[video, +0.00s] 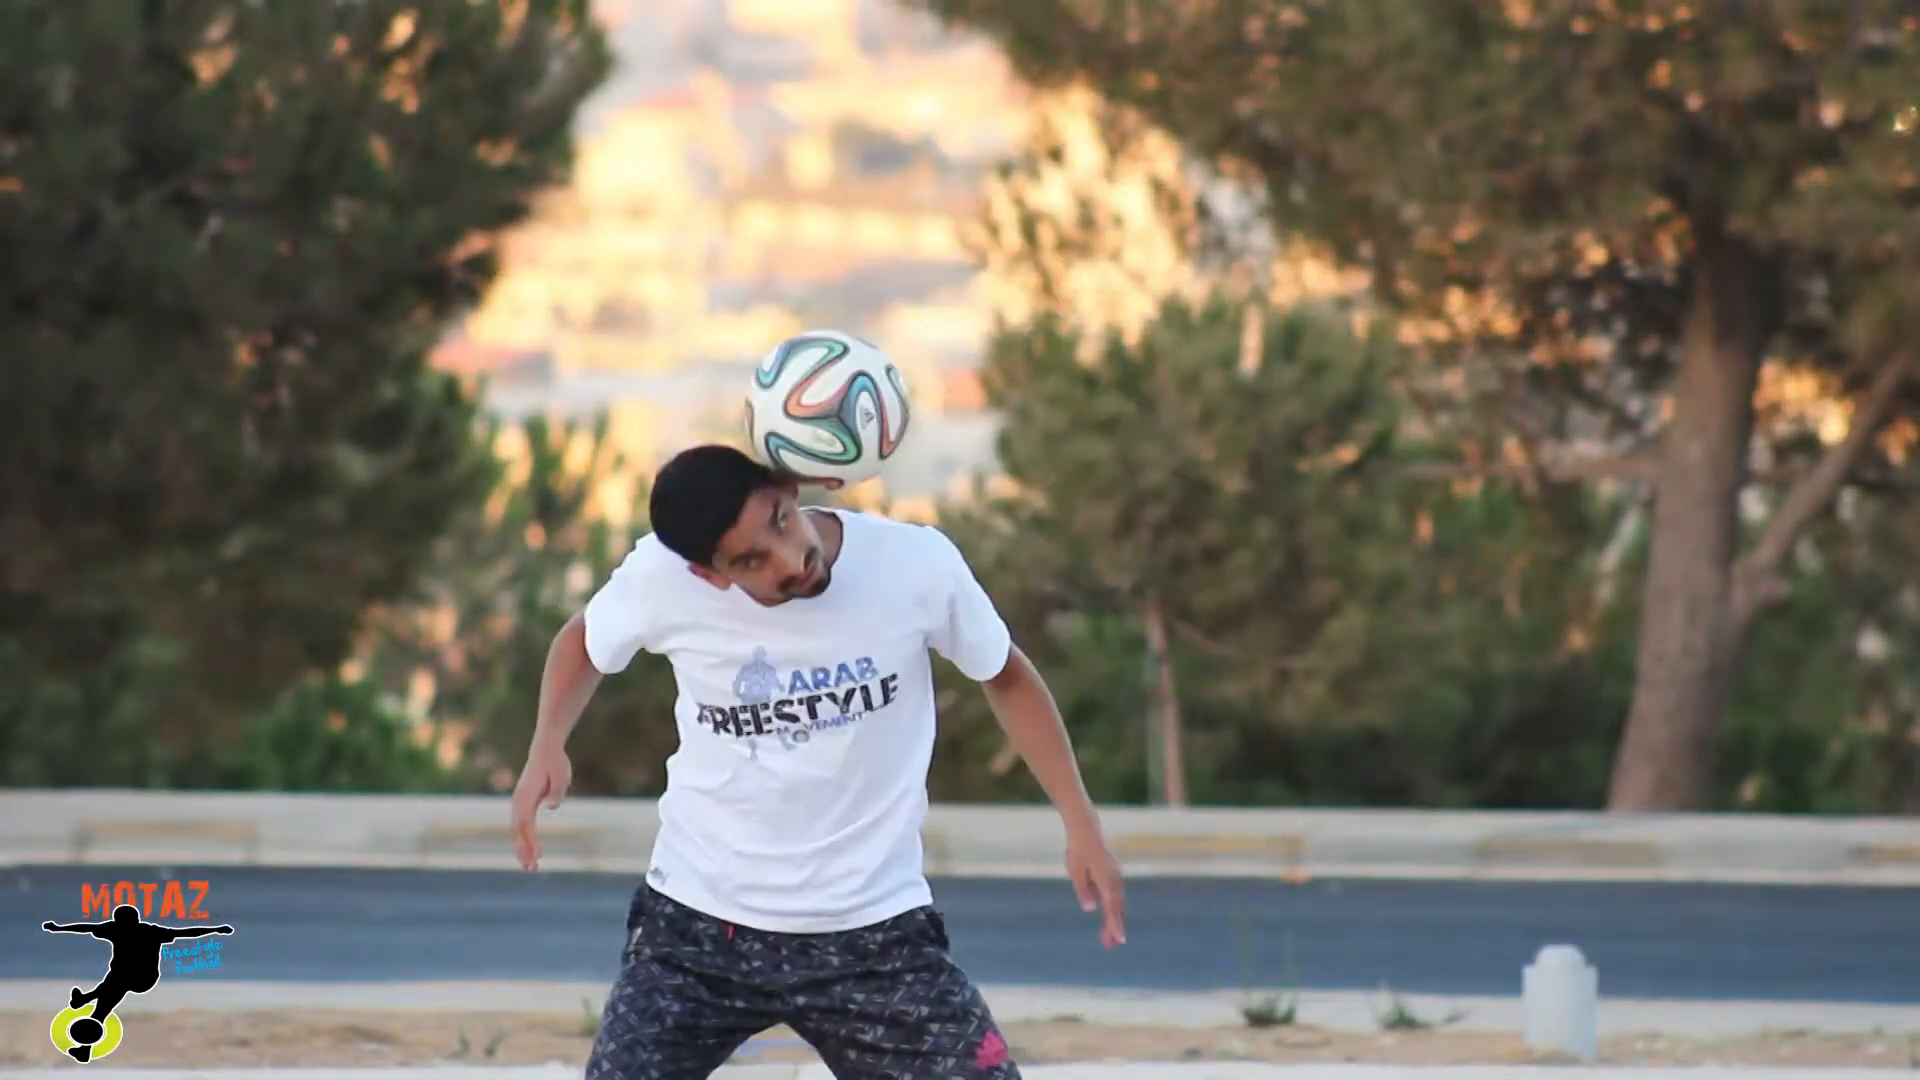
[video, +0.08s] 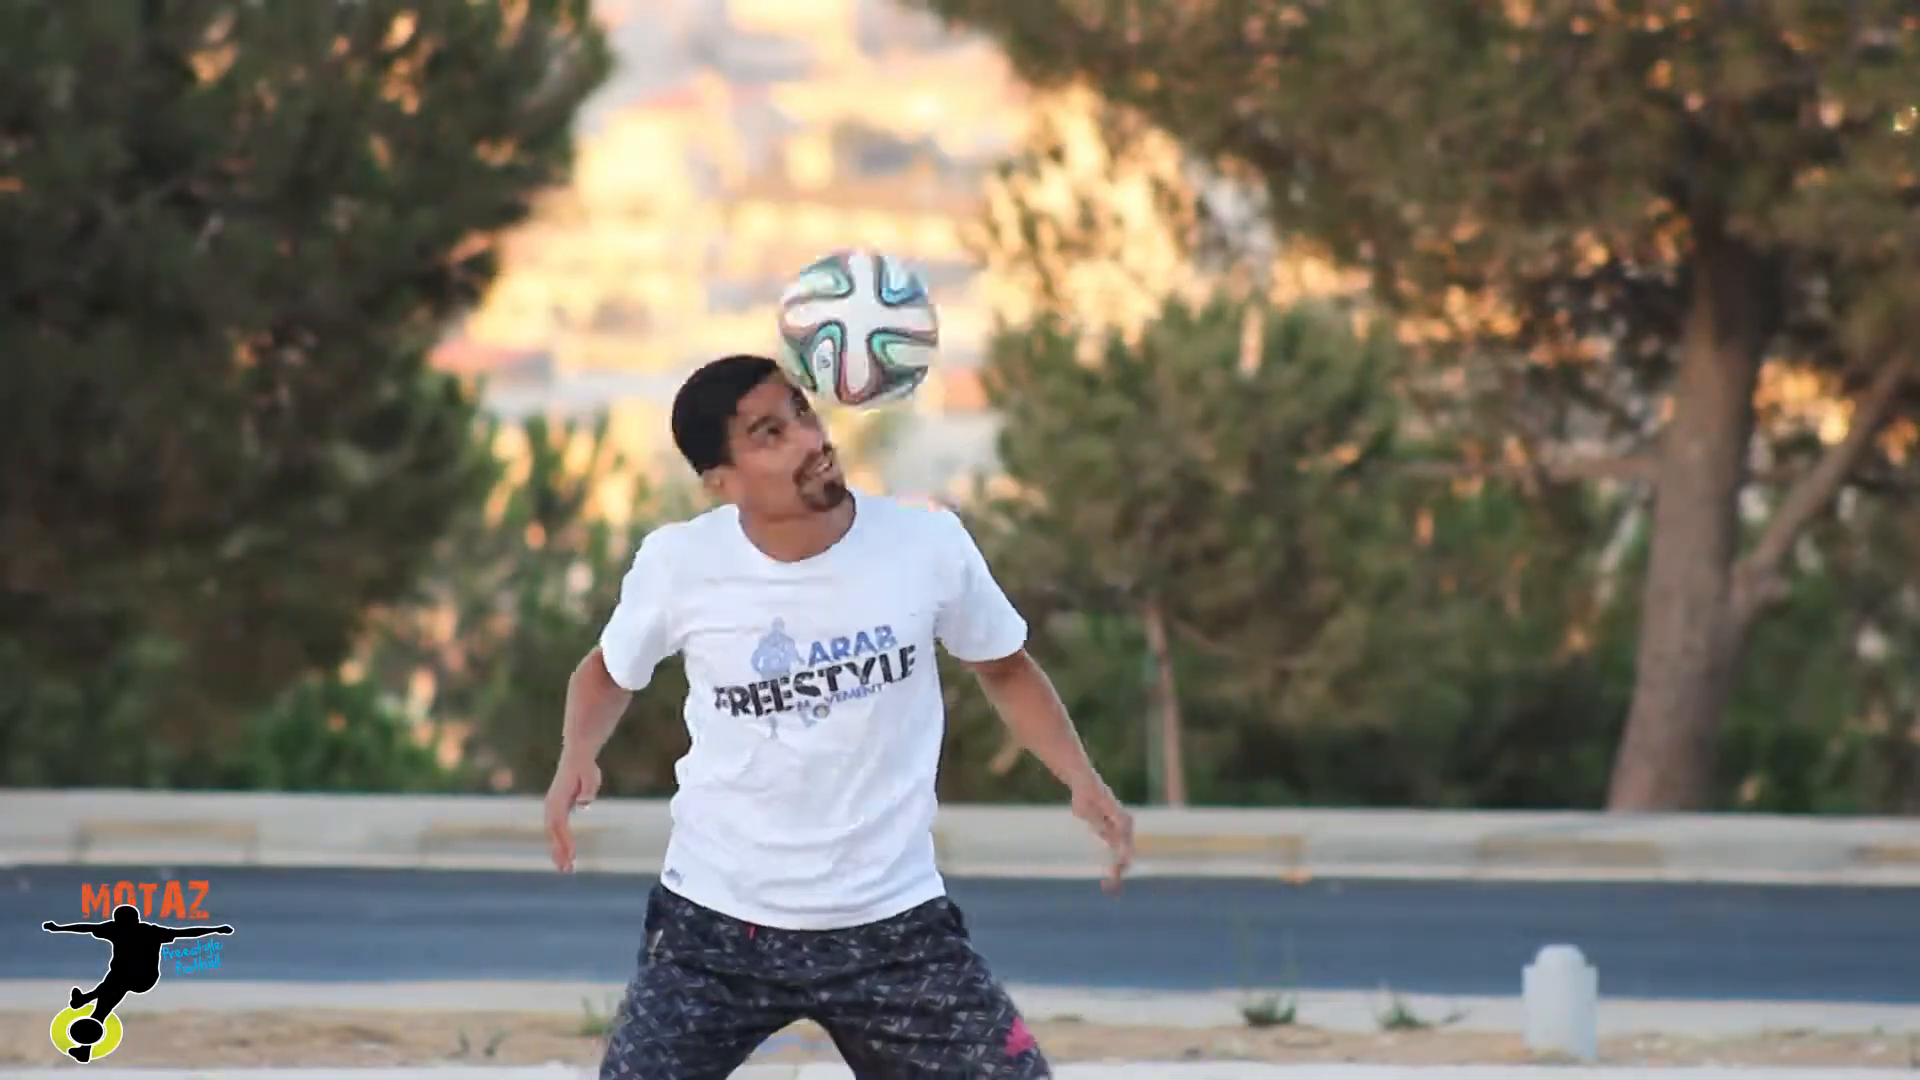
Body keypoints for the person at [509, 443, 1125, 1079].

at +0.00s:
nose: (793, 556)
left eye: (782, 519)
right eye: (755, 560)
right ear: (711, 575)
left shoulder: (922, 568)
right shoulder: (660, 587)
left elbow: (1007, 678)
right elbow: (581, 646)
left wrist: (1081, 821)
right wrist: (548, 744)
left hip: (875, 951)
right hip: (692, 946)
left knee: (987, 1069)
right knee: (617, 1070)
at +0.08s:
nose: (808, 441)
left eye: (804, 415)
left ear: (824, 417)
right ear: (721, 478)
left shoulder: (931, 549)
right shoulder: (674, 567)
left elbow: (1007, 668)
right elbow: (609, 670)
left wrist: (1082, 776)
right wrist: (579, 752)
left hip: (896, 943)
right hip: (710, 941)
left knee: (1016, 1074)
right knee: (634, 1072)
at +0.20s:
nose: (899, 383)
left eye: (905, 374)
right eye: (863, 373)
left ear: (922, 420)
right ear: (809, 429)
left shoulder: (989, 572)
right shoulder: (744, 549)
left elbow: (1015, 732)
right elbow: (641, 700)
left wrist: (1083, 780)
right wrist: (683, 757)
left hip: (938, 950)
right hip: (756, 952)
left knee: (1056, 1071)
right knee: (670, 1068)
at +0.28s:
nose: (976, 400)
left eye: (981, 391)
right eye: (940, 388)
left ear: (994, 446)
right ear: (884, 444)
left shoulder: (1042, 616)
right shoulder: (810, 550)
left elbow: (1032, 781)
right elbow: (674, 684)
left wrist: (1093, 831)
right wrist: (745, 736)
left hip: (960, 968)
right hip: (779, 967)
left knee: (1091, 1072)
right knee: (688, 1070)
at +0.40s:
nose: (1161, 438)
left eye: (1177, 437)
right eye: (1134, 425)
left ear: (1185, 493)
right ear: (1074, 465)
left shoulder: (1167, 669)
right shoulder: (980, 533)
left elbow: (1104, 826)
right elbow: (801, 616)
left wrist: (1142, 906)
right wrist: (855, 690)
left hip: (1020, 954)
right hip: (854, 937)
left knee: (1151, 1070)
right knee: (768, 1067)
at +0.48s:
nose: (1271, 499)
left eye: (1297, 508)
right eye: (1256, 478)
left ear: (1287, 575)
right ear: (1196, 497)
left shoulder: (1224, 703)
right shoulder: (1068, 533)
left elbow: (1137, 837)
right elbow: (878, 575)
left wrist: (1171, 933)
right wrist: (900, 681)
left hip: (1043, 945)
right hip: (884, 921)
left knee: (1166, 1070)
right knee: (795, 1072)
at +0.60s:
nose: (1385, 593)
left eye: (1413, 617)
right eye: (1396, 570)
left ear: (1386, 677)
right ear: (1354, 560)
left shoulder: (1301, 753)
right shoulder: (1186, 550)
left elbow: (1205, 860)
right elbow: (996, 533)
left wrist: (1214, 969)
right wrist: (951, 666)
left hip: (1090, 931)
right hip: (928, 885)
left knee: (1194, 1070)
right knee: (829, 1071)